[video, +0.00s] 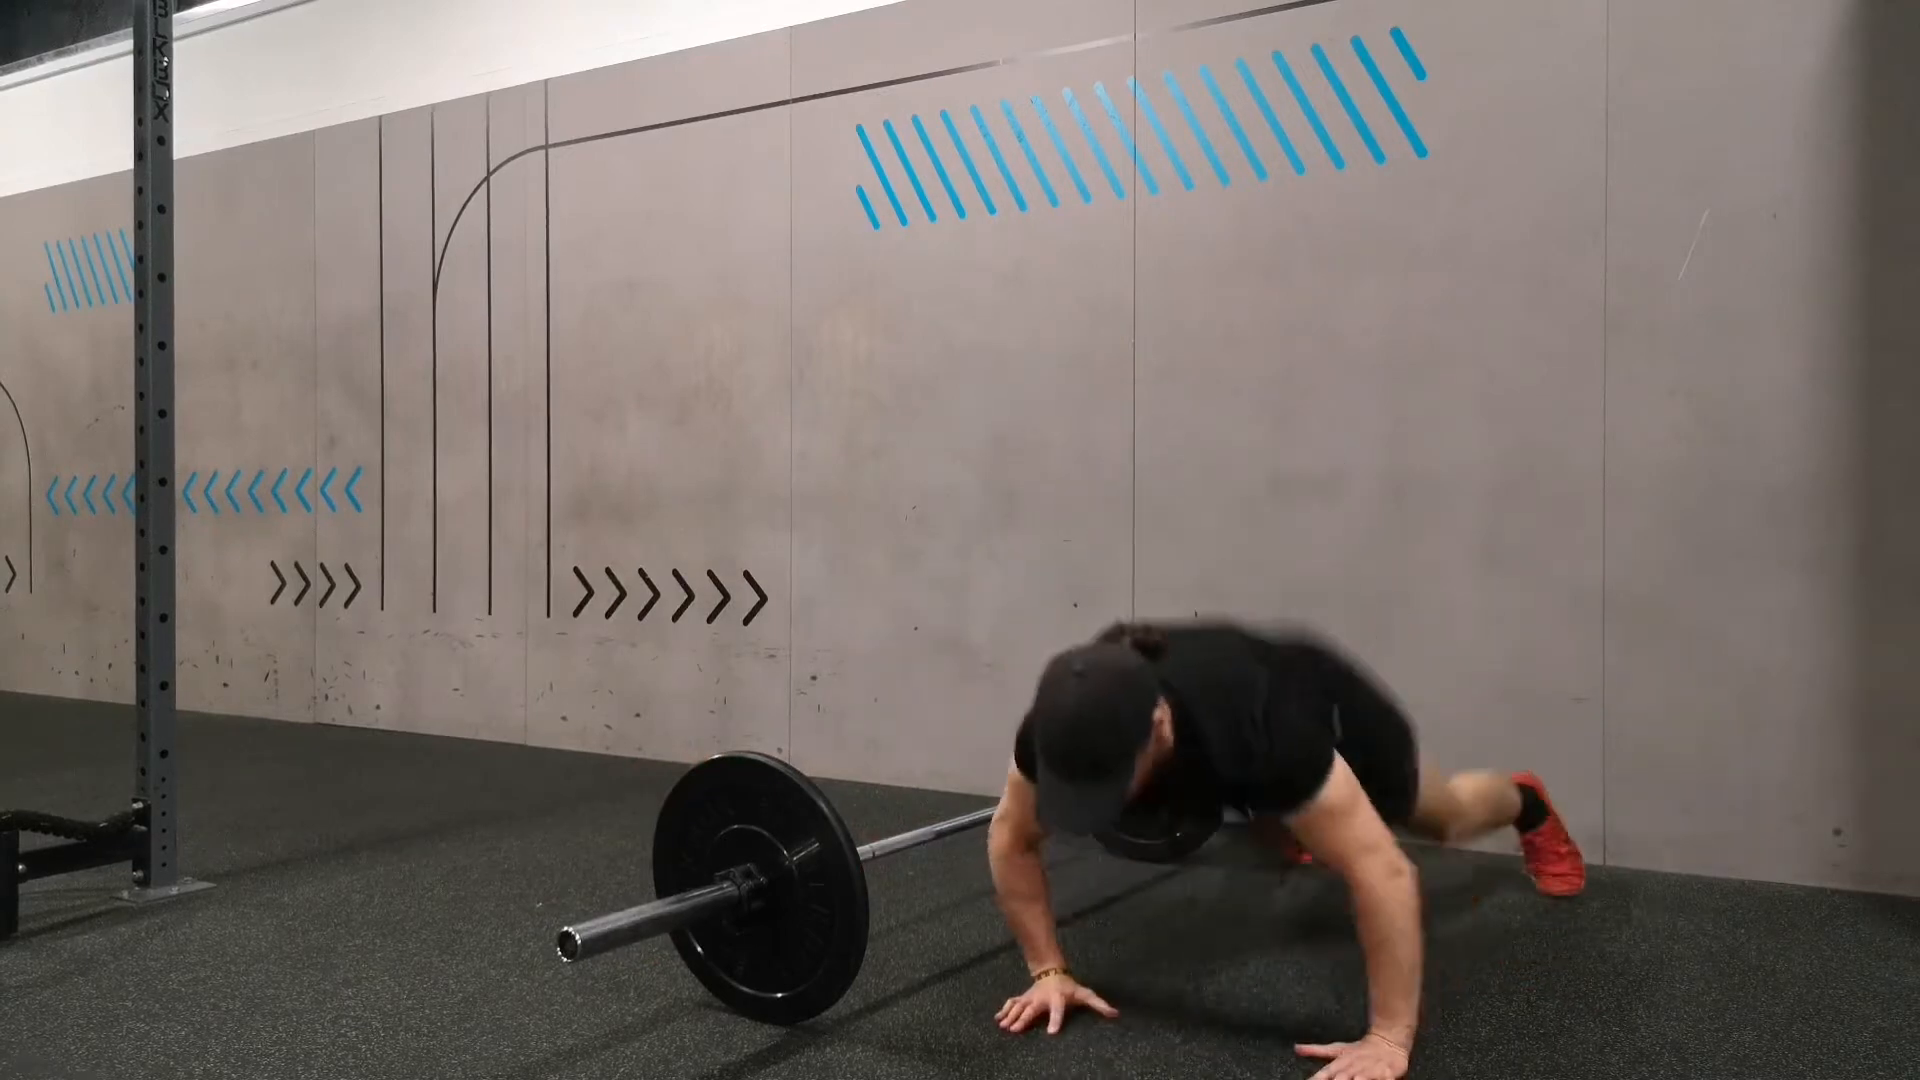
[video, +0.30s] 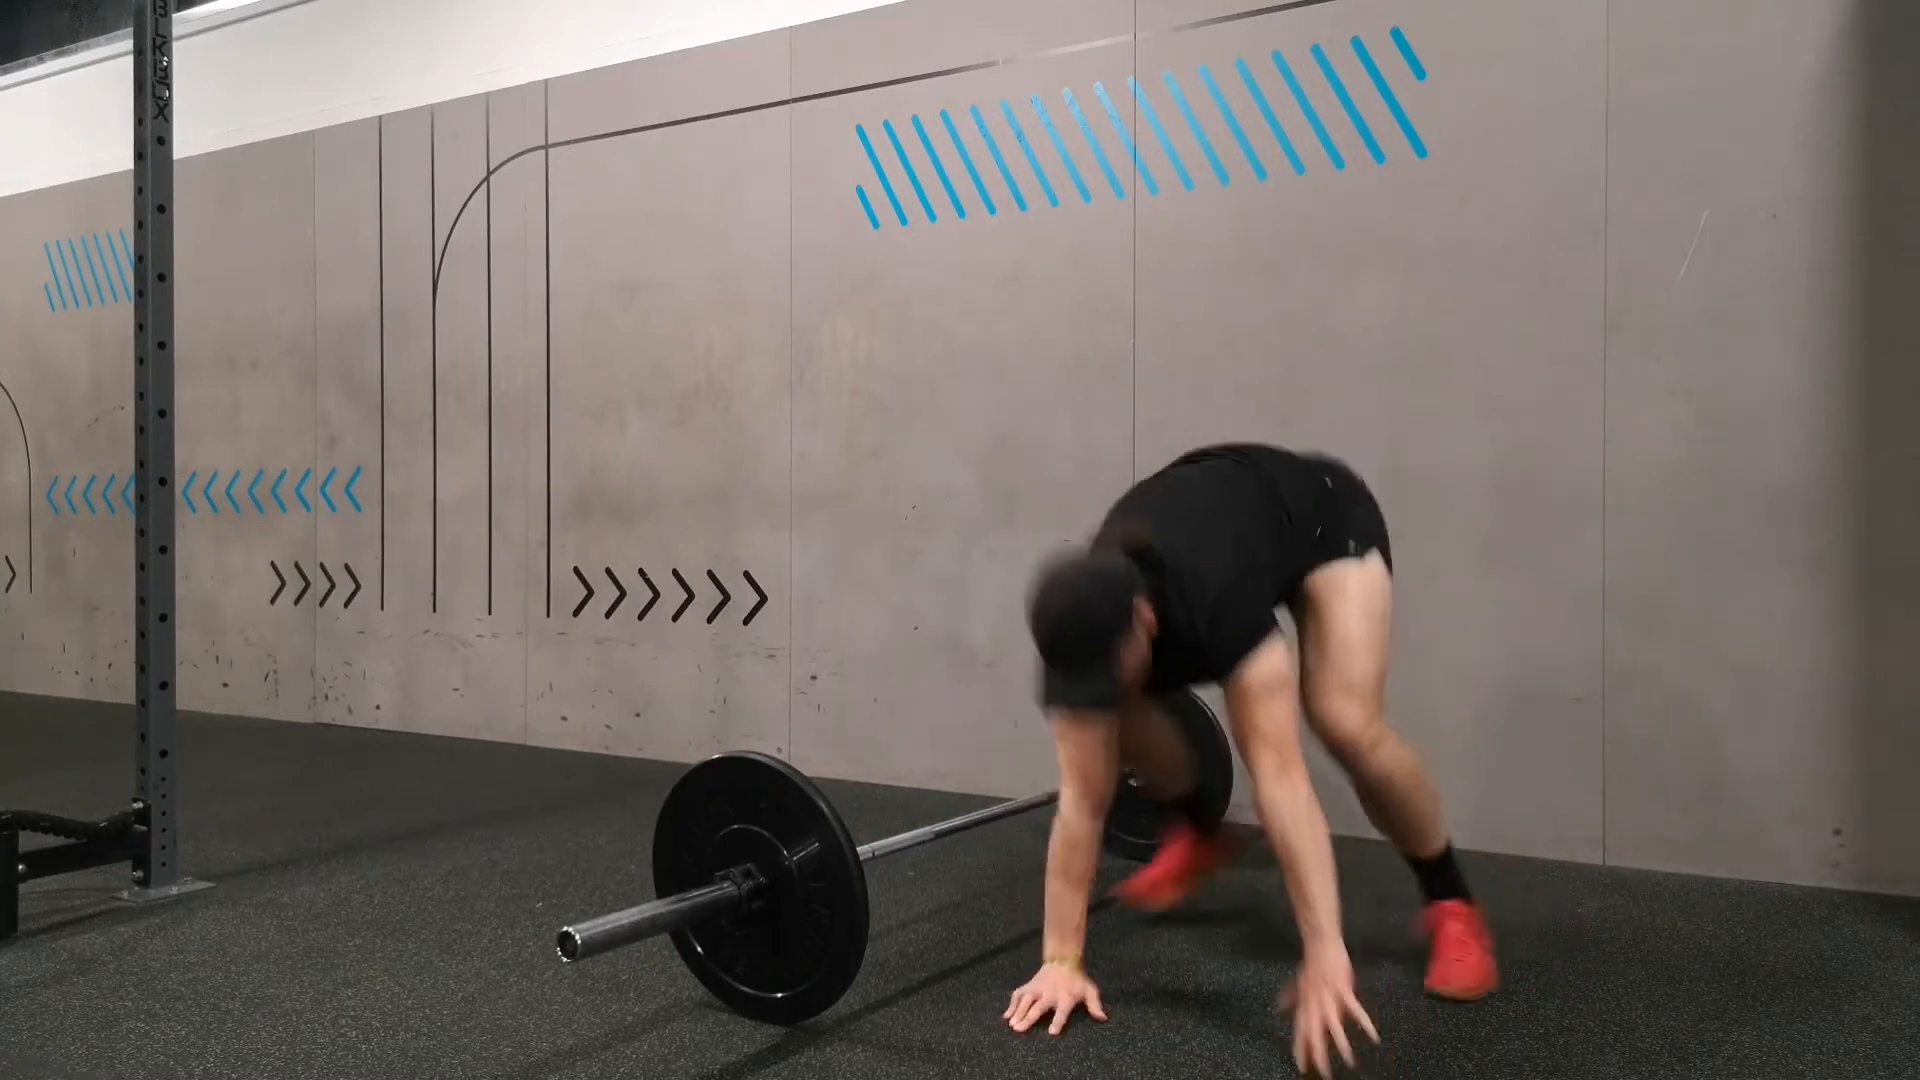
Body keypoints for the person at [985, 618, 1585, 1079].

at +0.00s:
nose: (1107, 801)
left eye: (1117, 784)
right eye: (1087, 792)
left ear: (1158, 732)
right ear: (1043, 740)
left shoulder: (1256, 728)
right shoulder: (1057, 731)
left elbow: (1382, 875)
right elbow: (1012, 842)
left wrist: (1389, 1040)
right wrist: (1047, 969)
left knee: (1435, 813)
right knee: (1251, 821)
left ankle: (1526, 798)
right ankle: (1296, 832)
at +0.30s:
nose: (1109, 682)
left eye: (1114, 664)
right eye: (1091, 674)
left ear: (1142, 623)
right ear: (1058, 645)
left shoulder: (1221, 606)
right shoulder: (1078, 636)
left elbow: (1280, 777)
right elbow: (1081, 804)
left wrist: (1324, 953)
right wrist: (1060, 962)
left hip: (1323, 510)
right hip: (1201, 515)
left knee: (1346, 720)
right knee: (1118, 702)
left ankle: (1451, 904)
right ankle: (1199, 831)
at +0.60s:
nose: (910, 363)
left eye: (914, 341)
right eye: (898, 351)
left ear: (956, 311)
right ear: (899, 349)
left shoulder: (1059, 339)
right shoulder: (929, 407)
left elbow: (1195, 426)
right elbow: (953, 539)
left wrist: (1309, 526)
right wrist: (991, 648)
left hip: (1186, 489)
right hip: (1095, 524)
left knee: (1230, 650)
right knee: (1049, 691)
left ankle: (1393, 841)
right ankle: (1158, 872)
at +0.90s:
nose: (774, 250)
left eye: (781, 232)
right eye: (765, 238)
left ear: (829, 202)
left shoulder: (914, 249)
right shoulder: (788, 292)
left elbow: (1027, 368)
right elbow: (773, 418)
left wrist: (1048, 514)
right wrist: (761, 540)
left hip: (1004, 400)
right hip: (921, 416)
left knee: (902, 546)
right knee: (826, 557)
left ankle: (874, 780)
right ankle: (1000, 606)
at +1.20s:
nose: (627, 476)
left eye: (636, 459)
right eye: (620, 464)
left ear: (681, 429)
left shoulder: (755, 450)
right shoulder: (641, 475)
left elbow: (792, 622)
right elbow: (620, 597)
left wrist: (795, 771)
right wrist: (598, 721)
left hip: (857, 542)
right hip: (768, 552)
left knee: (783, 679)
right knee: (676, 710)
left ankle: (853, 863)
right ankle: (734, 829)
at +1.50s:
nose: (532, 720)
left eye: (534, 706)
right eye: (519, 716)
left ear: (556, 665)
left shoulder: (632, 640)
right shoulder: (517, 635)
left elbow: (682, 784)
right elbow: (499, 766)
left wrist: (674, 911)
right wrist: (478, 887)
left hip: (770, 512)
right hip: (687, 507)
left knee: (826, 721)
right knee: (679, 701)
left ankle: (925, 712)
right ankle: (765, 705)